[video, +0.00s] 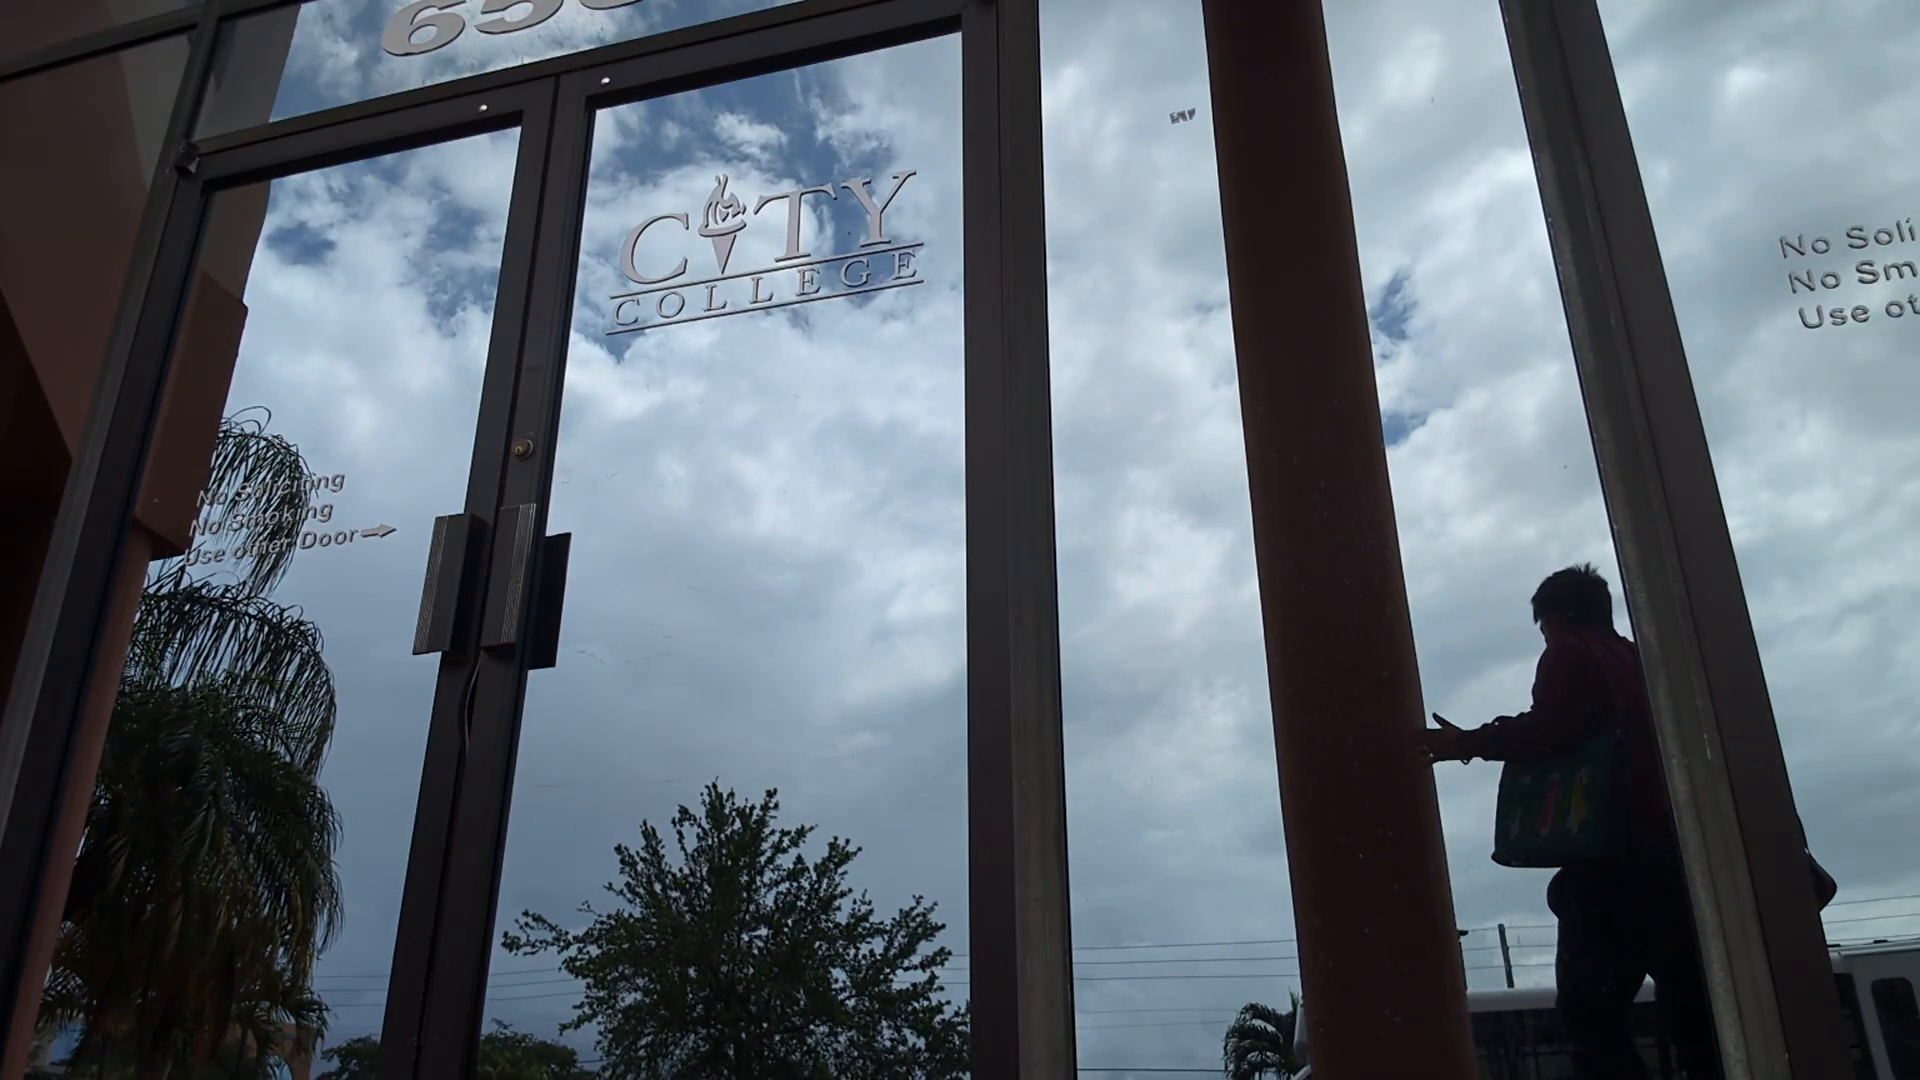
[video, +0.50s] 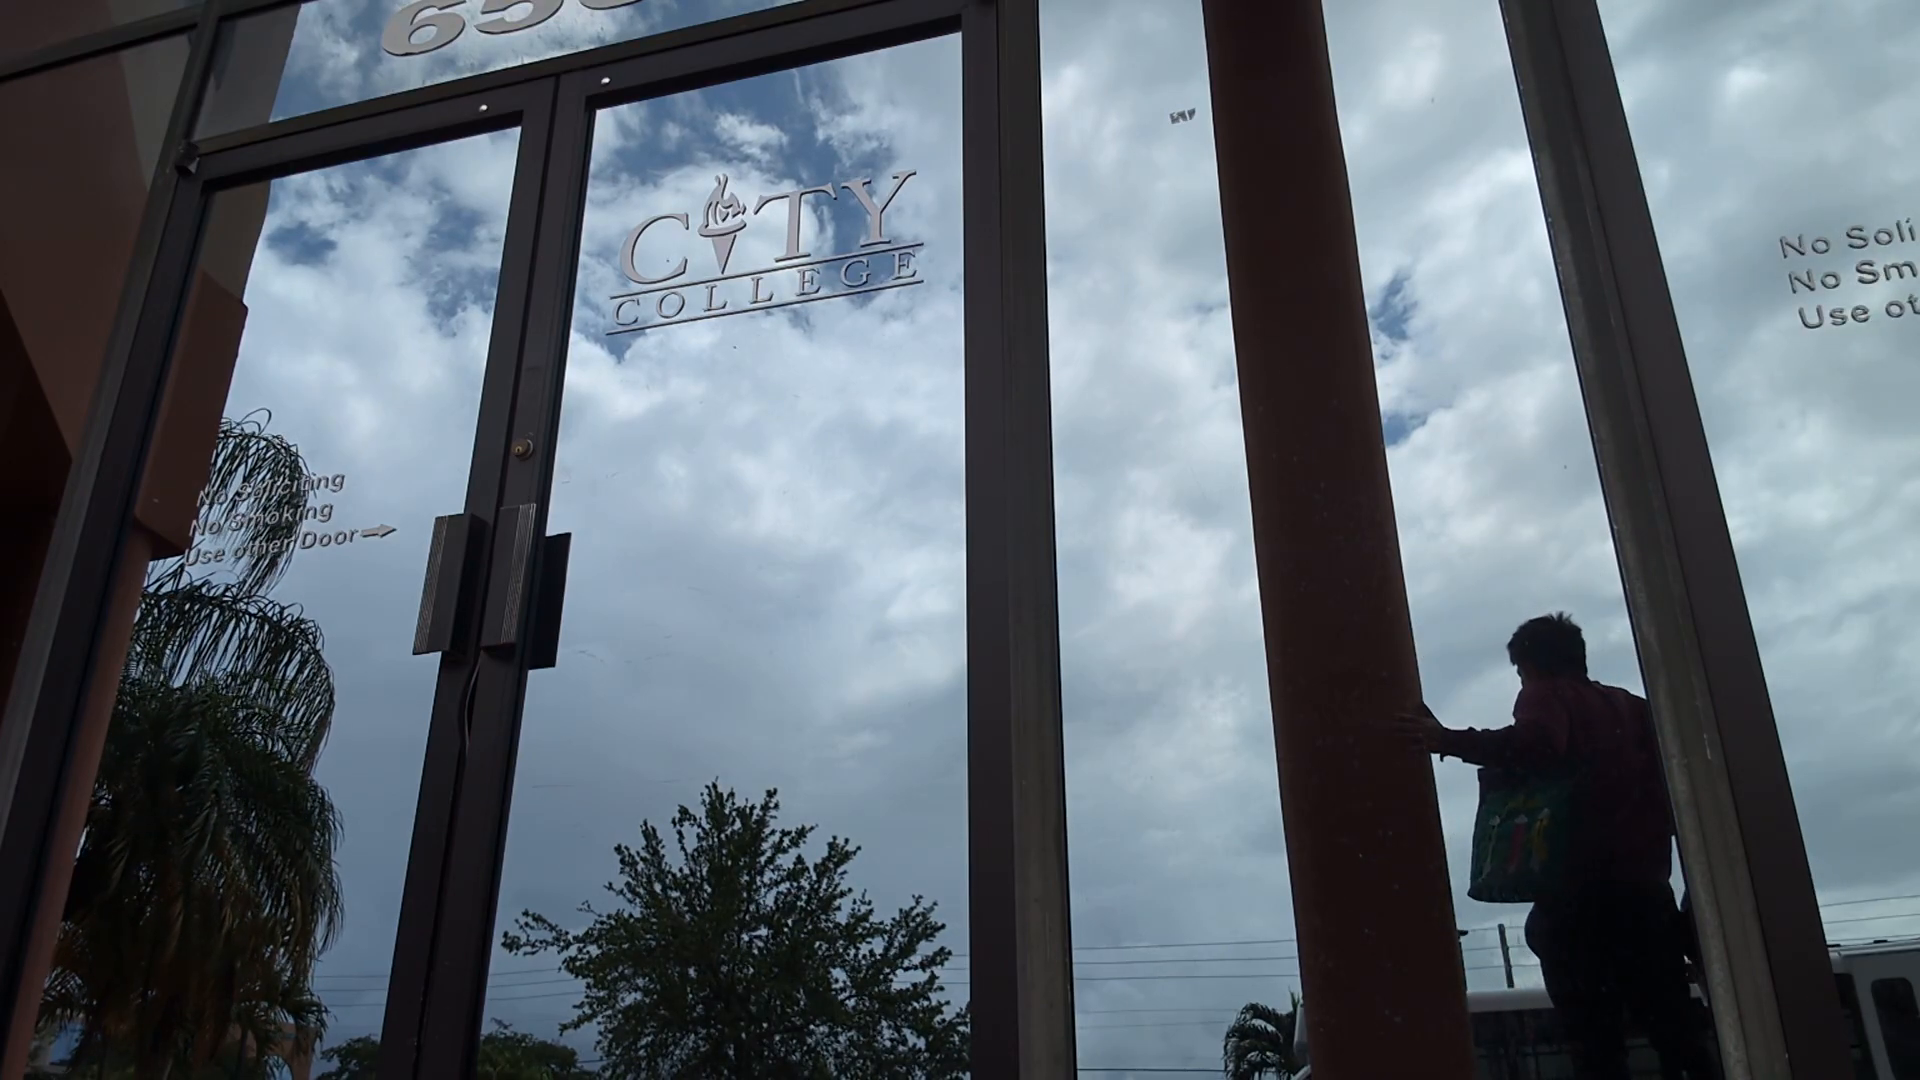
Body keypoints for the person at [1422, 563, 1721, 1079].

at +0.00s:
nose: (1544, 637)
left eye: (1545, 625)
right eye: (1542, 627)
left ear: (1562, 618)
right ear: (1602, 613)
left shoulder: (1566, 656)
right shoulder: (1640, 659)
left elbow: (1552, 729)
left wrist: (1467, 742)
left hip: (1610, 861)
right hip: (1671, 852)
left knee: (1590, 1011)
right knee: (1688, 1002)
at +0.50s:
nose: (1521, 684)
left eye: (1522, 672)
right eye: (1520, 673)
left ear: (1535, 666)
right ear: (1578, 660)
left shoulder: (1542, 697)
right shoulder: (1633, 706)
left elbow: (1539, 744)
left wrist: (1449, 740)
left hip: (1574, 896)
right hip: (1648, 890)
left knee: (1594, 1039)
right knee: (1673, 1023)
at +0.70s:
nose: (1500, 694)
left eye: (1501, 683)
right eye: (1499, 685)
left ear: (1513, 676)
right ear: (1557, 670)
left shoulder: (1529, 703)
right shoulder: (1611, 719)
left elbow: (1534, 750)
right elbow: (1658, 795)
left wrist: (1448, 737)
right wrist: (1624, 838)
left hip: (1557, 905)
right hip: (1622, 903)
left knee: (1579, 1045)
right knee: (1639, 1034)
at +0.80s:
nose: (1489, 698)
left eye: (1489, 687)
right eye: (1487, 689)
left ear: (1503, 682)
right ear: (1544, 676)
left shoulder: (1523, 708)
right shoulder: (1596, 725)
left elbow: (1535, 754)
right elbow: (1646, 796)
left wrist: (1449, 737)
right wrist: (1610, 841)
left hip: (1551, 903)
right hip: (1607, 902)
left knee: (1570, 1037)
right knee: (1608, 1034)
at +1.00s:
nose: (1467, 716)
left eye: (1466, 704)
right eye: (1464, 707)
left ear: (1481, 700)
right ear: (1519, 692)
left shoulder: (1508, 726)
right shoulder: (1571, 741)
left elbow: (1523, 766)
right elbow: (1617, 813)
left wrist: (1450, 743)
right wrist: (1583, 864)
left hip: (1535, 909)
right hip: (1582, 904)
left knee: (1555, 1033)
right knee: (1580, 1027)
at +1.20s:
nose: (1444, 728)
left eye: (1447, 718)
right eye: (1442, 719)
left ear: (1473, 714)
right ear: (1494, 711)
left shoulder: (1492, 748)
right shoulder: (1542, 756)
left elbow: (1508, 780)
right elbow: (1585, 828)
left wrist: (1445, 750)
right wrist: (1584, 912)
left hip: (1512, 932)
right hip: (1554, 927)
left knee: (1512, 1042)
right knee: (1558, 1037)